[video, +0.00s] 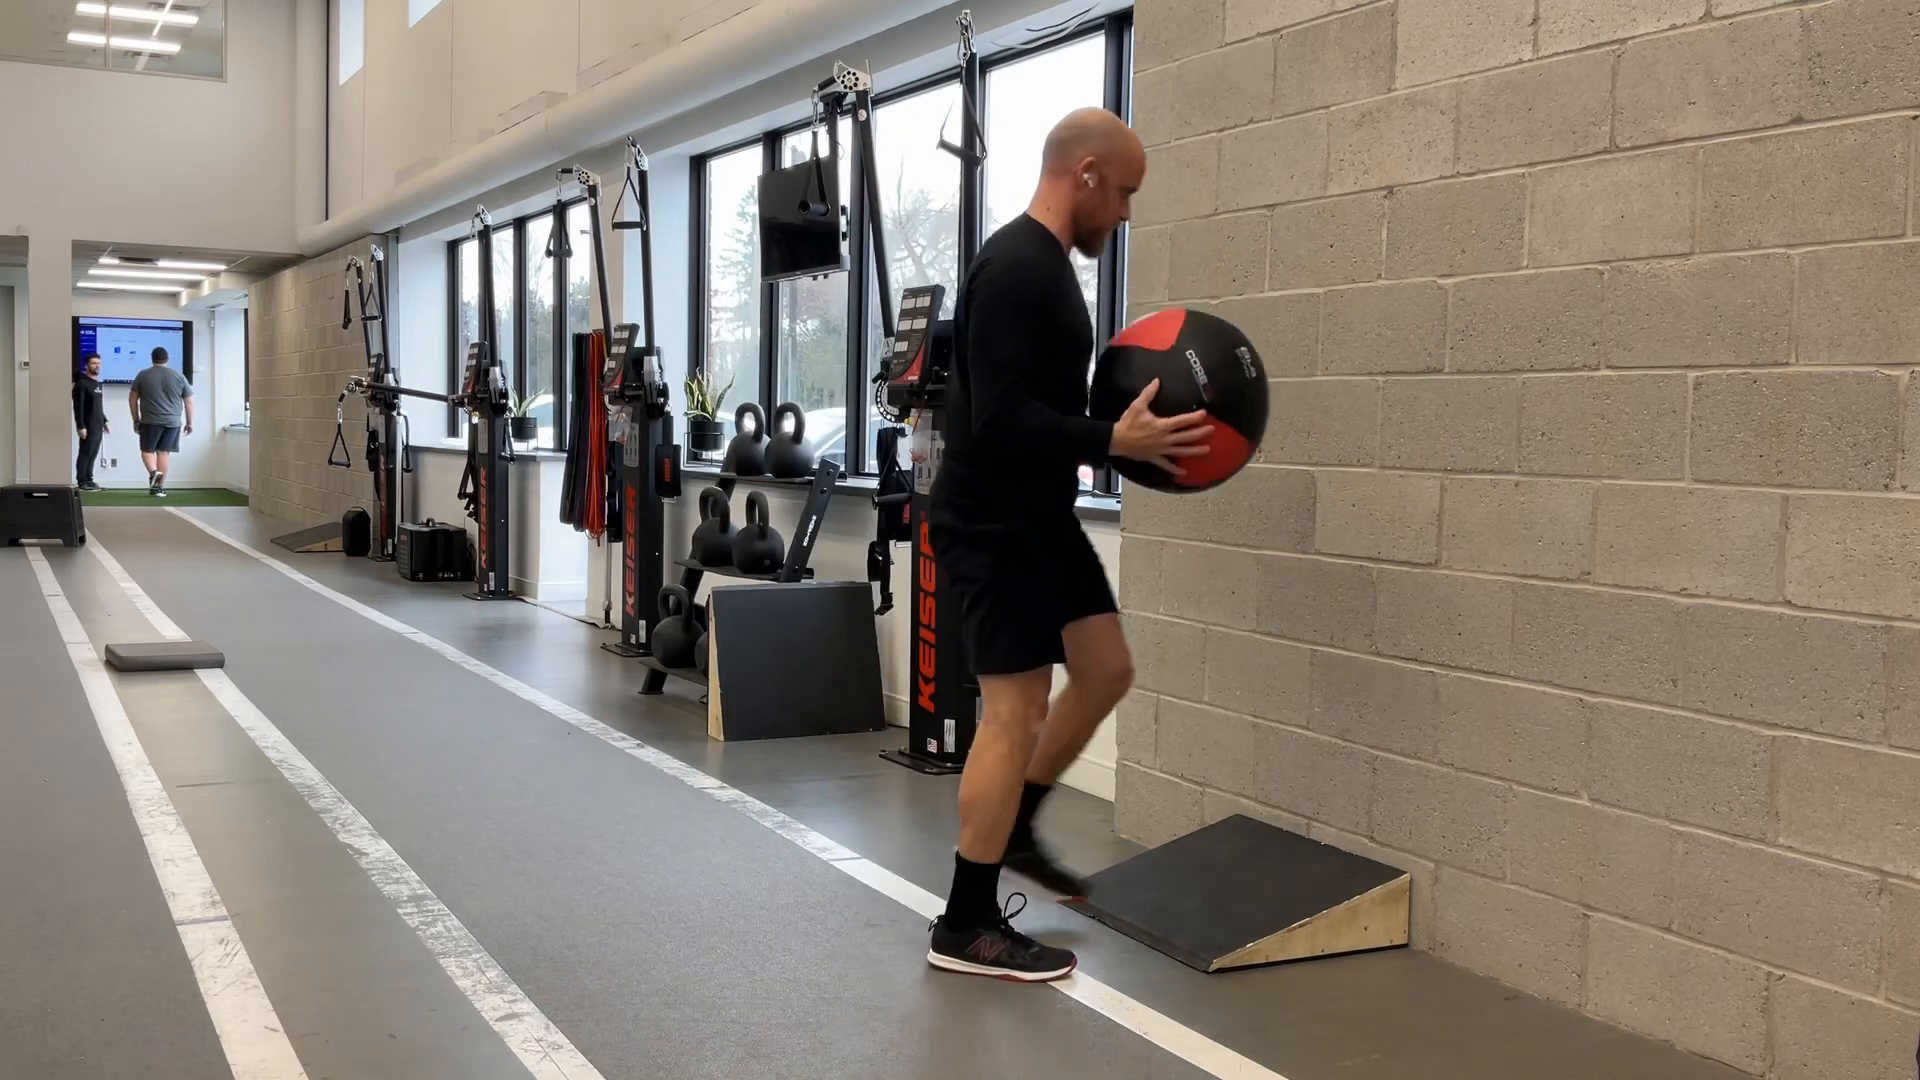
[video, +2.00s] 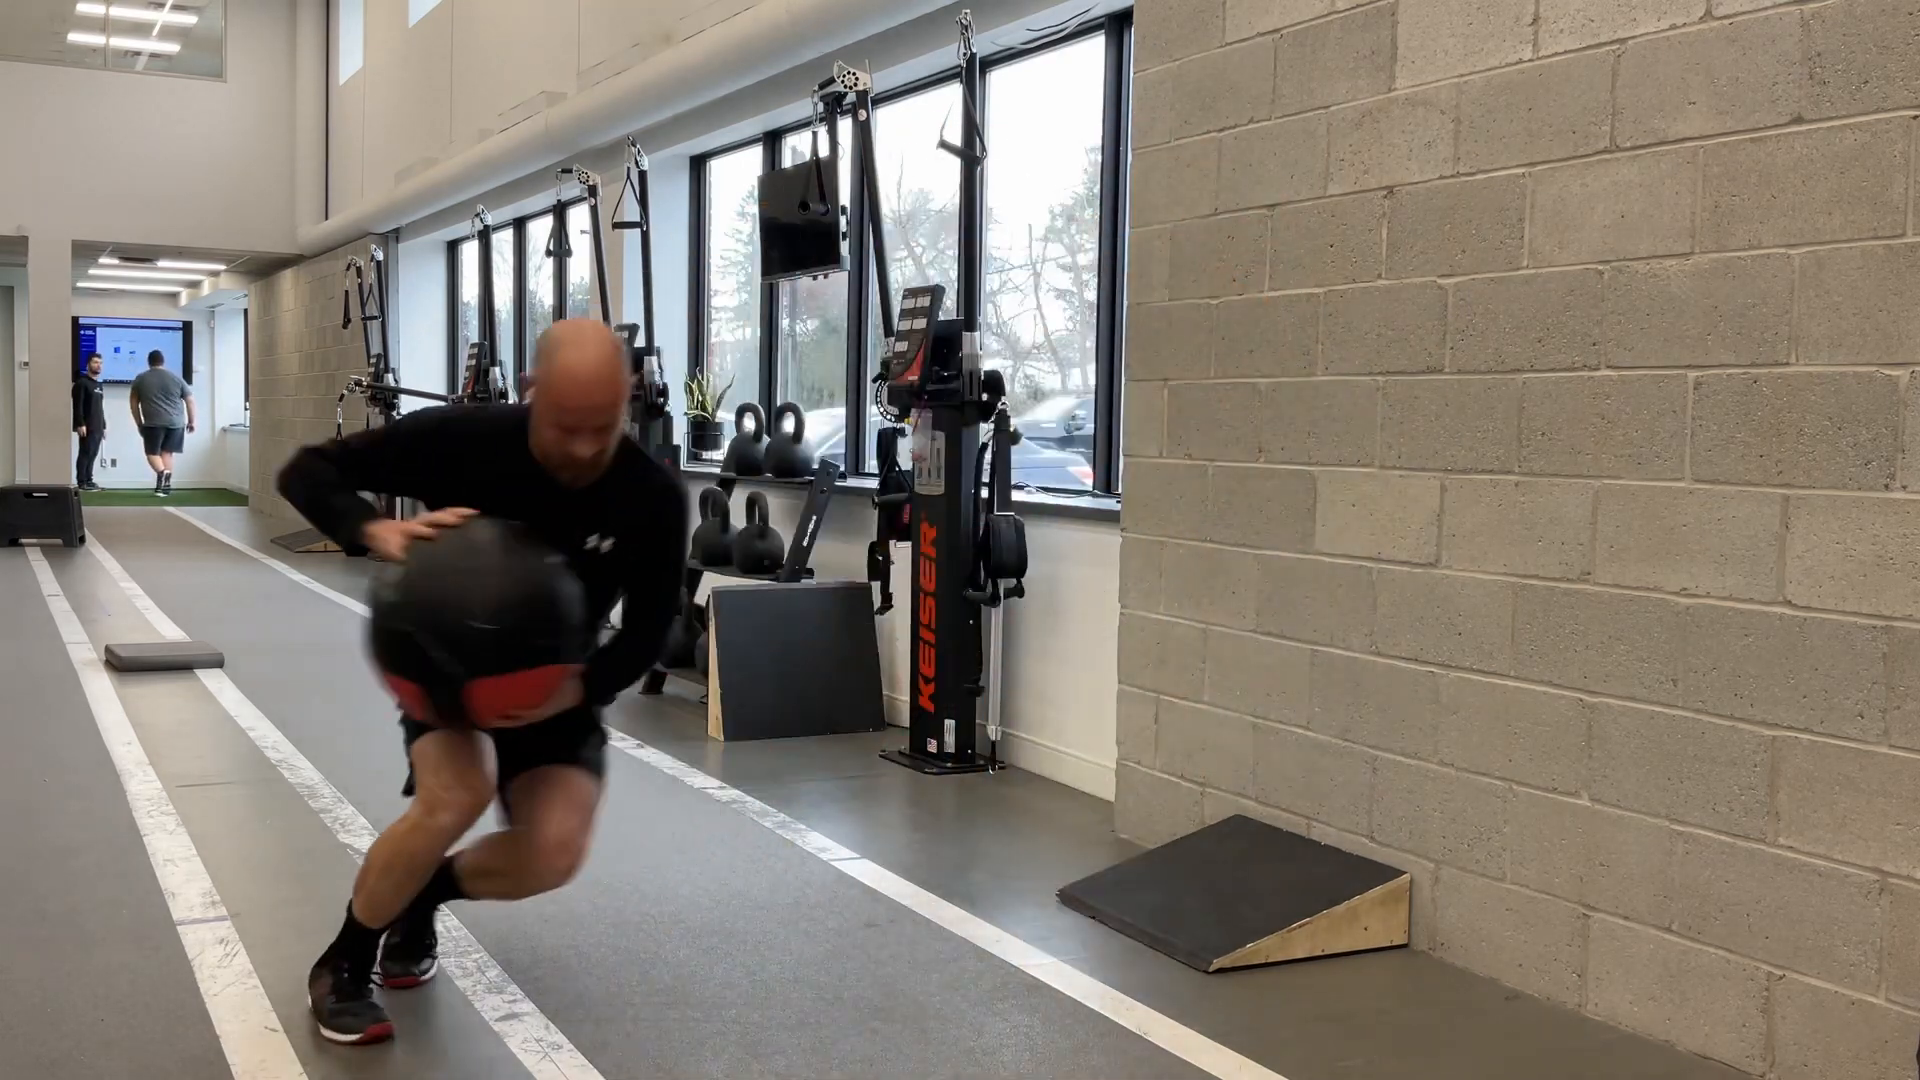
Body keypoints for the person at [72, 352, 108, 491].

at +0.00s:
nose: (97, 366)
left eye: (98, 363)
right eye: (94, 363)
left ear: (100, 365)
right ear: (87, 365)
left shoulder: (97, 384)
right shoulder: (81, 384)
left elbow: (98, 406)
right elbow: (78, 407)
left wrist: (104, 421)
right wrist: (81, 426)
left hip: (97, 424)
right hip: (88, 425)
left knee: (93, 454)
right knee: (85, 454)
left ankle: (89, 479)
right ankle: (82, 480)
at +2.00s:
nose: (98, 365)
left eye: (100, 363)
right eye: (95, 362)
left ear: (101, 365)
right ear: (88, 365)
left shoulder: (98, 385)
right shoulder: (81, 383)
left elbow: (99, 407)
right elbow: (78, 406)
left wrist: (103, 425)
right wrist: (80, 424)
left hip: (97, 425)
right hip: (87, 426)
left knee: (92, 454)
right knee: (85, 454)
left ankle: (89, 479)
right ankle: (82, 481)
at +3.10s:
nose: (96, 367)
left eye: (97, 365)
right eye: (93, 364)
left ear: (98, 367)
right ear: (86, 366)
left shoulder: (94, 384)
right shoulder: (79, 383)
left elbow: (95, 404)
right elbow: (78, 405)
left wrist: (107, 412)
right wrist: (93, 415)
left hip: (94, 423)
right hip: (84, 423)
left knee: (92, 453)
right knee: (85, 452)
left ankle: (89, 479)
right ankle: (82, 481)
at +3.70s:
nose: (91, 366)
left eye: (90, 363)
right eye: (89, 363)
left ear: (81, 365)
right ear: (84, 365)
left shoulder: (78, 381)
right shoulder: (80, 384)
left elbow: (81, 406)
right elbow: (82, 407)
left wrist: (96, 406)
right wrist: (98, 407)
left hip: (81, 425)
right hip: (82, 426)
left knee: (86, 450)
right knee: (85, 450)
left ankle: (81, 479)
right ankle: (81, 481)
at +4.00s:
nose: (81, 366)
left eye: (81, 363)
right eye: (79, 364)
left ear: (74, 367)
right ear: (74, 367)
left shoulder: (73, 383)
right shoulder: (75, 385)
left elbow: (79, 406)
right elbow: (81, 407)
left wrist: (91, 403)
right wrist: (94, 404)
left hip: (76, 425)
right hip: (79, 426)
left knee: (77, 455)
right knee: (78, 455)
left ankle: (81, 481)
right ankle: (81, 482)